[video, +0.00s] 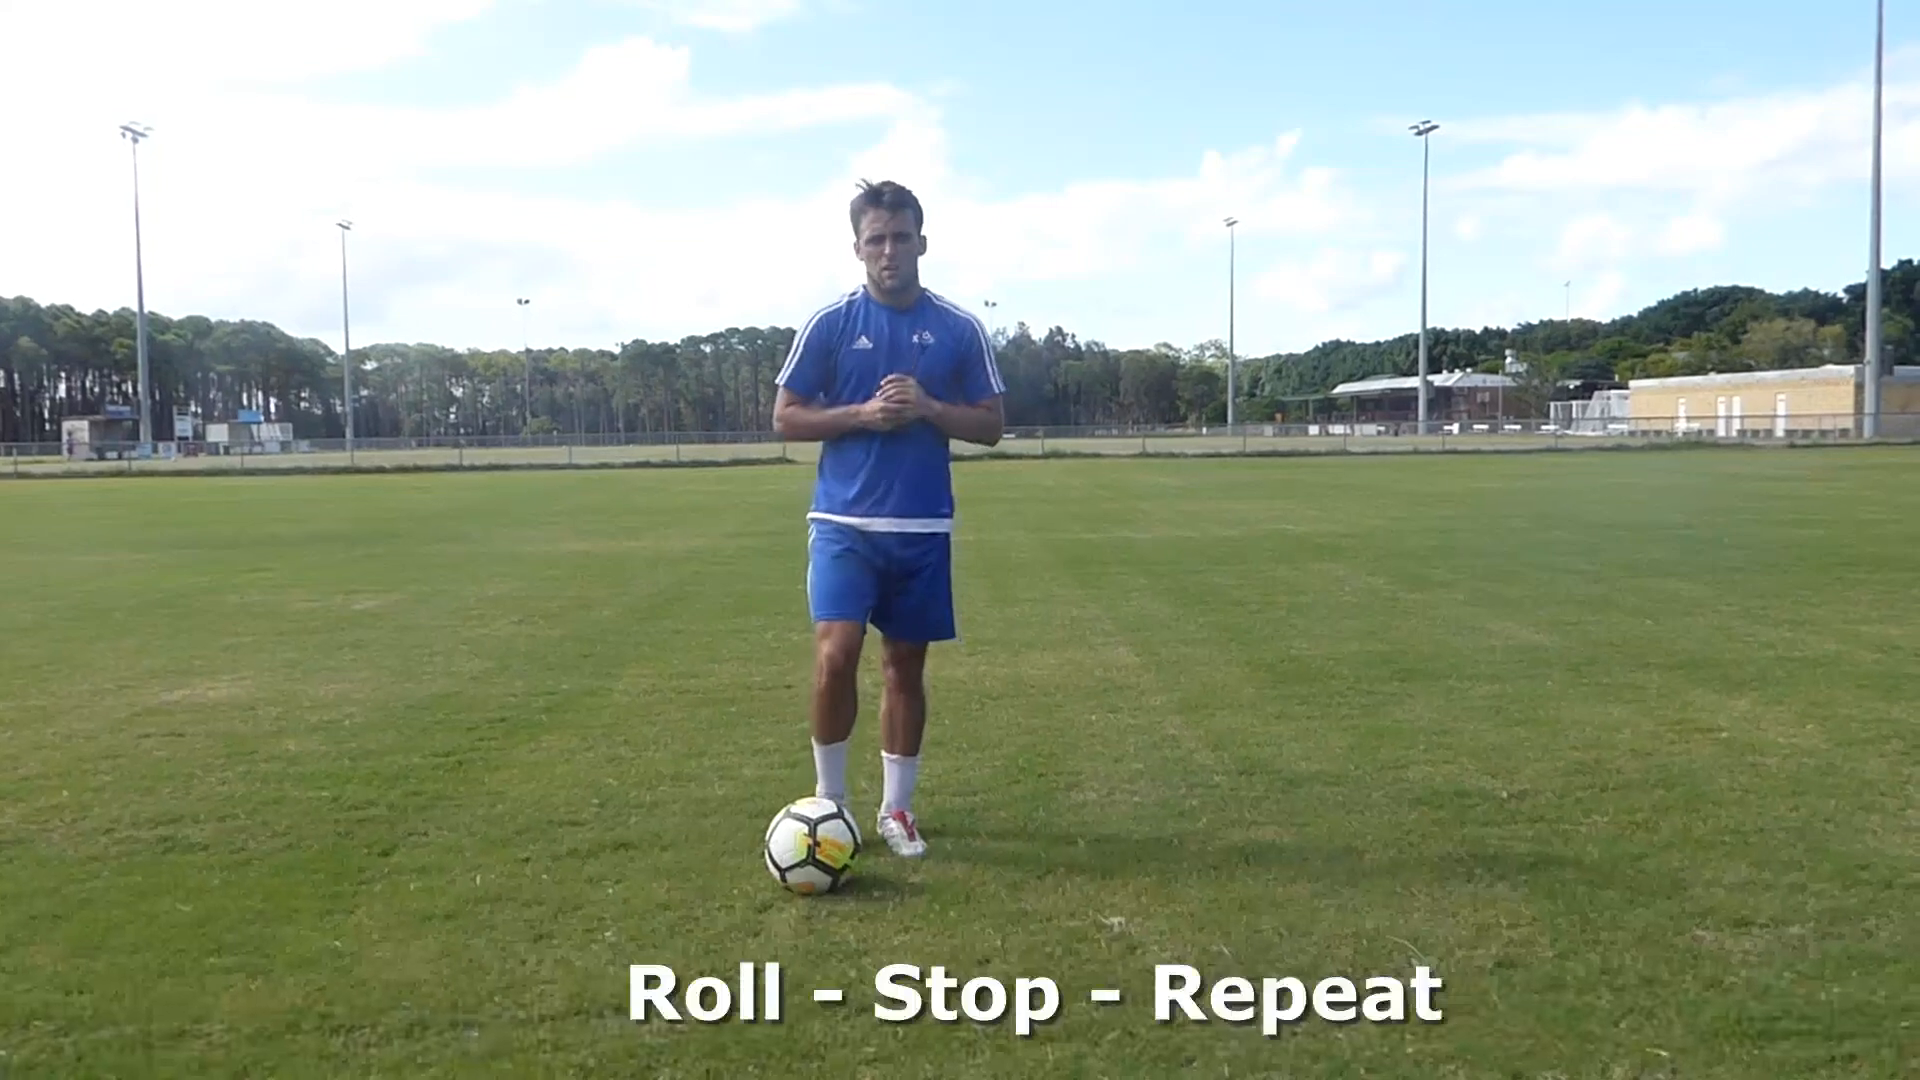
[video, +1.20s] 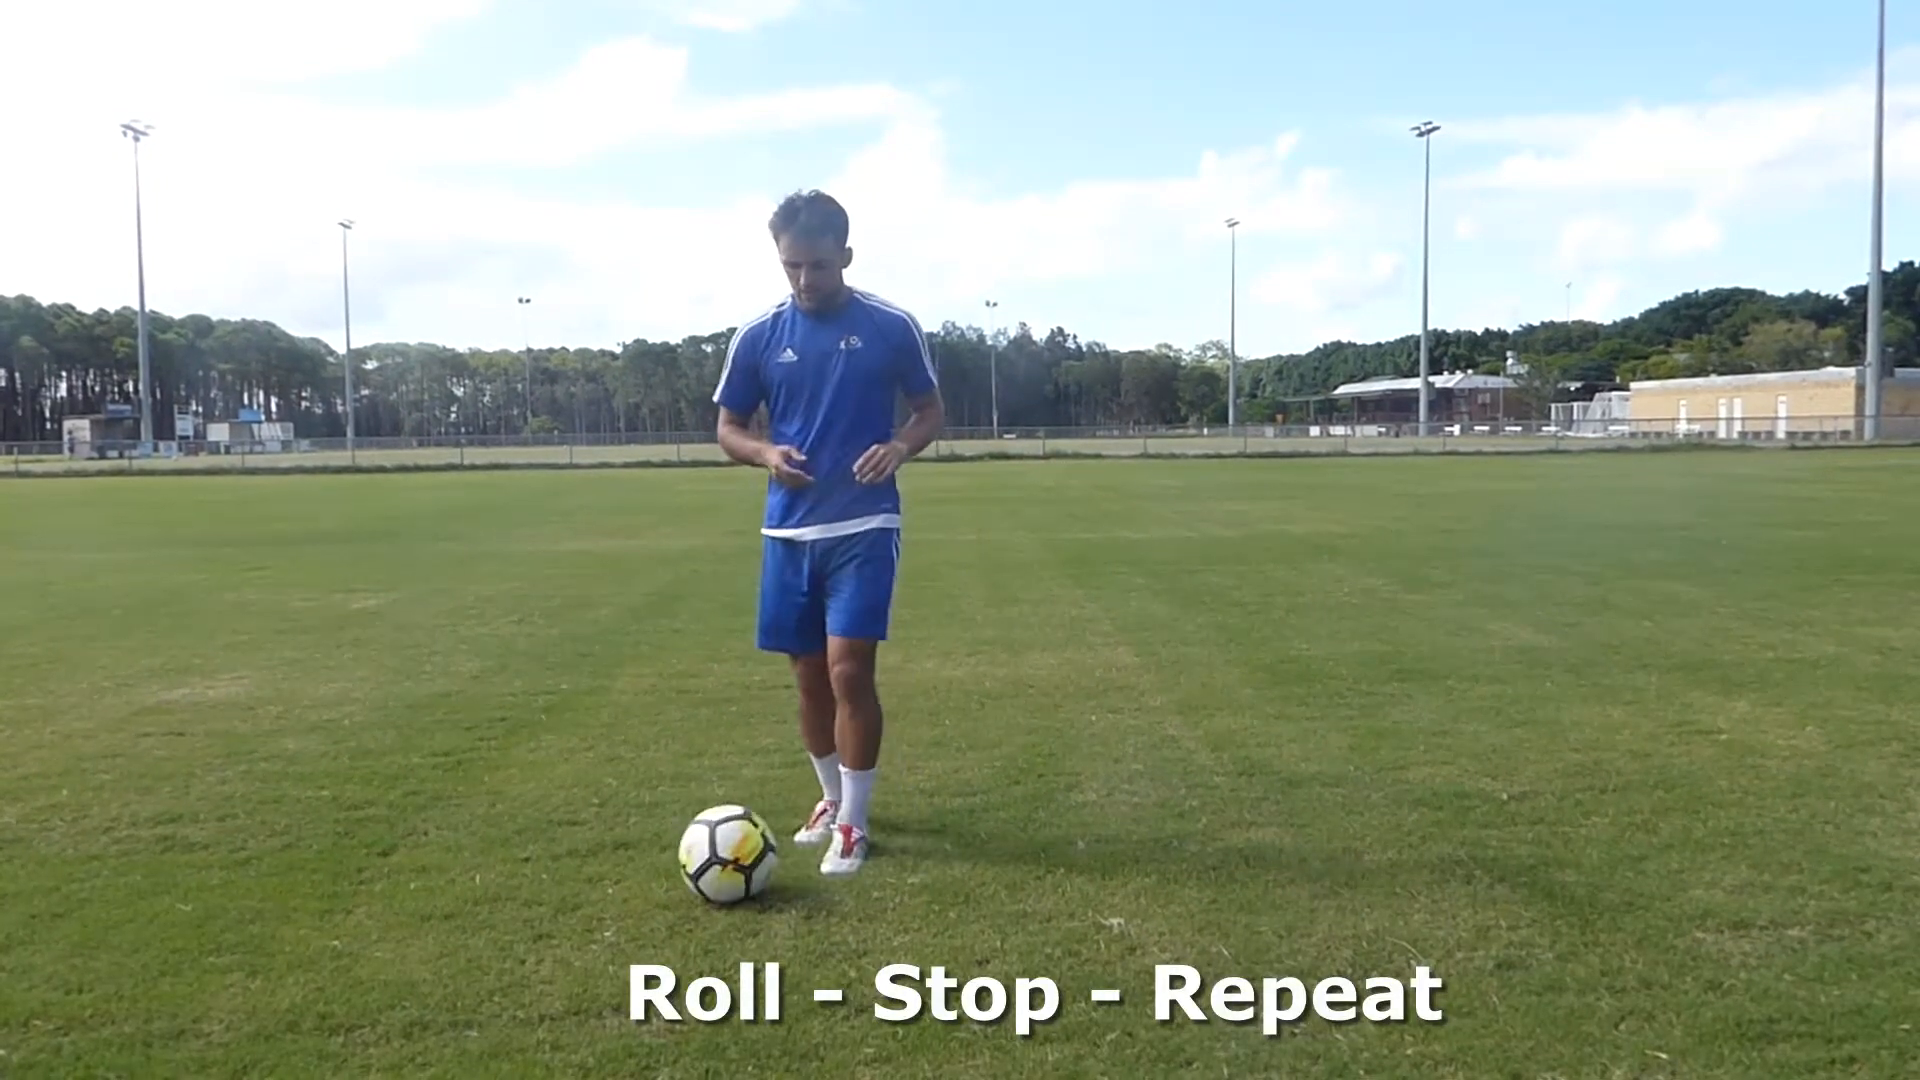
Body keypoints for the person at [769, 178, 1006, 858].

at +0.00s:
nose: (887, 252)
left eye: (900, 239)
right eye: (875, 241)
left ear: (920, 243)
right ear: (858, 249)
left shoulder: (960, 329)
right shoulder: (829, 325)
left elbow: (991, 424)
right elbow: (787, 417)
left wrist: (927, 406)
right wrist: (860, 414)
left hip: (920, 529)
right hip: (841, 524)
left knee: (905, 671)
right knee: (834, 659)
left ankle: (897, 811)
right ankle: (829, 804)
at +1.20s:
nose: (804, 280)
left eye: (817, 265)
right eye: (791, 266)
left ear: (845, 254)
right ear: (777, 258)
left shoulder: (891, 328)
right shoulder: (759, 337)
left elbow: (930, 413)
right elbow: (727, 429)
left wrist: (900, 445)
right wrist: (765, 451)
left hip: (862, 527)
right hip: (789, 532)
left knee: (849, 673)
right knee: (810, 678)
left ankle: (852, 823)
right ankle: (835, 799)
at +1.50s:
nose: (816, 272)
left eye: (829, 257)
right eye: (804, 256)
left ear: (859, 247)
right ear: (790, 248)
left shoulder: (899, 326)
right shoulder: (768, 323)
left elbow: (939, 422)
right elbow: (744, 405)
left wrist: (889, 457)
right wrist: (749, 447)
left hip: (857, 534)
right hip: (776, 524)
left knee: (851, 678)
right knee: (729, 637)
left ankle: (849, 825)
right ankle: (770, 783)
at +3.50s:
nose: (886, 282)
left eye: (901, 268)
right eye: (875, 265)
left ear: (931, 257)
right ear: (862, 249)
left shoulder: (958, 335)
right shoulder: (826, 316)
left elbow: (973, 412)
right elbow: (767, 408)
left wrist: (989, 489)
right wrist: (764, 477)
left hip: (891, 539)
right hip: (805, 515)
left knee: (867, 688)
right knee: (730, 620)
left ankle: (841, 830)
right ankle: (677, 792)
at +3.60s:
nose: (888, 284)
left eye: (903, 270)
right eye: (877, 268)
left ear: (934, 258)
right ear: (863, 252)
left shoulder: (964, 333)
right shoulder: (830, 321)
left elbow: (980, 409)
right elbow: (774, 412)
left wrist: (997, 479)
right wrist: (776, 483)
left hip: (907, 537)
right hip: (823, 517)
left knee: (873, 689)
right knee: (771, 630)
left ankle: (843, 829)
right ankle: (729, 803)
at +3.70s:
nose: (890, 285)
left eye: (905, 270)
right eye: (878, 269)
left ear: (936, 256)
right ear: (864, 254)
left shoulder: (975, 332)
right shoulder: (833, 326)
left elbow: (1001, 406)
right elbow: (787, 413)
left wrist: (1015, 480)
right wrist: (794, 489)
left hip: (923, 537)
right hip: (842, 518)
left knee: (883, 685)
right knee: (834, 639)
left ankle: (847, 829)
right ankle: (820, 815)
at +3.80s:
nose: (891, 288)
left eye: (905, 273)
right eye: (879, 272)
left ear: (936, 256)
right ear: (865, 258)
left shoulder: (983, 332)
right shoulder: (837, 334)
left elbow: (1029, 409)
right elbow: (800, 421)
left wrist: (1040, 487)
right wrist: (812, 494)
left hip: (944, 547)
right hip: (863, 538)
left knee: (897, 695)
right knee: (893, 673)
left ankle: (846, 826)